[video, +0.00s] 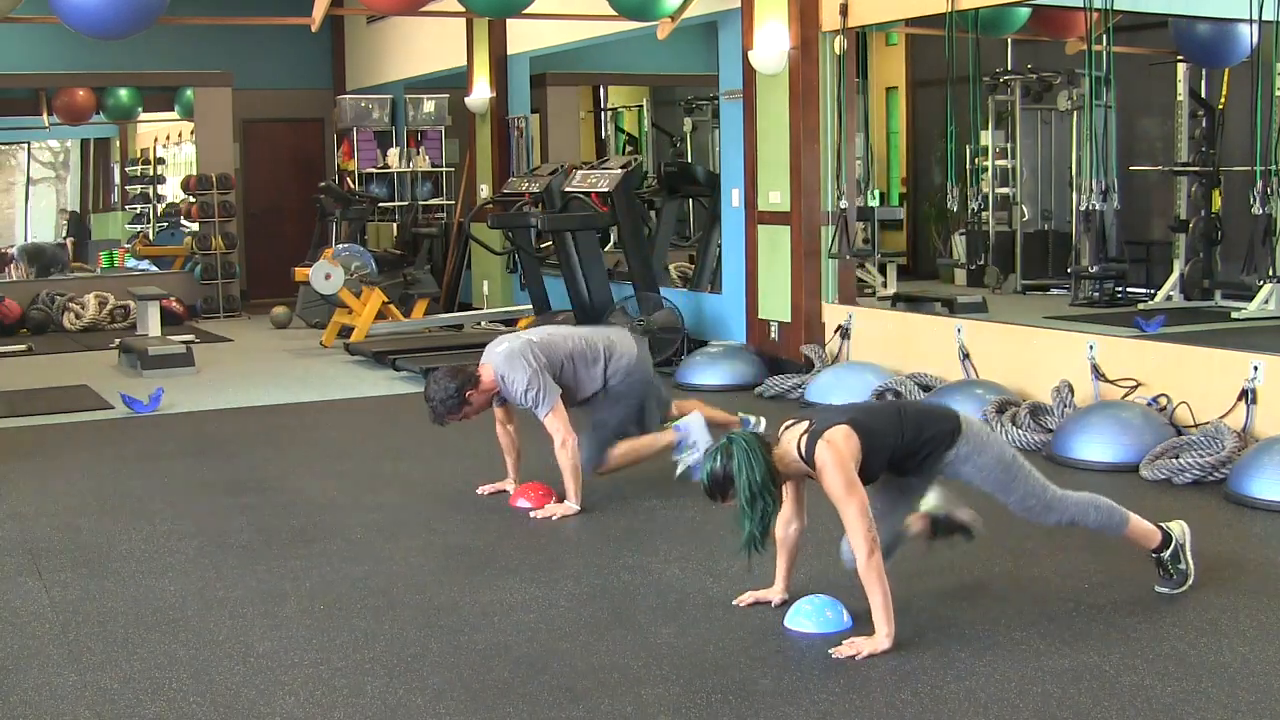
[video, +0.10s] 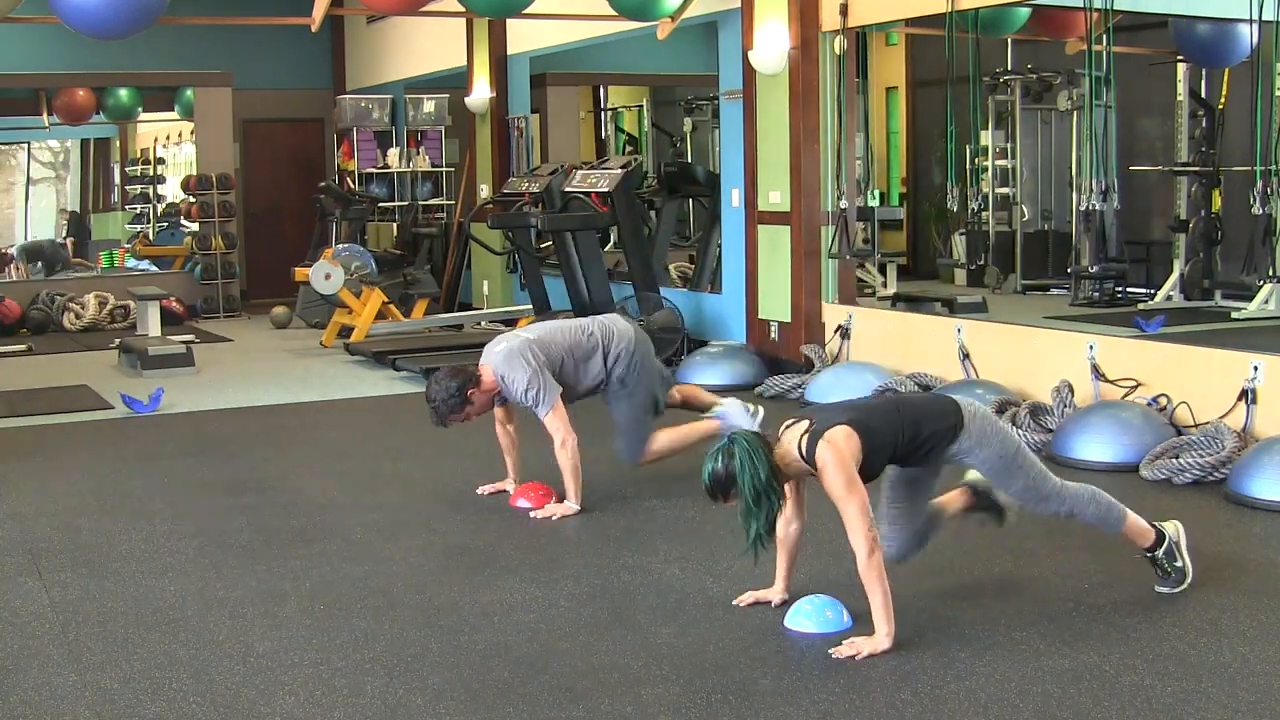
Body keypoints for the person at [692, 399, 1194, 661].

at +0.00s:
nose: (739, 502)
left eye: (736, 493)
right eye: (730, 495)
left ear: (749, 475)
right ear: (744, 456)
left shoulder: (828, 454)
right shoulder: (778, 447)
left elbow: (865, 550)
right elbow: (788, 521)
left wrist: (883, 634)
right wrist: (779, 588)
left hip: (953, 439)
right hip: (899, 461)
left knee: (1047, 505)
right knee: (864, 541)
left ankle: (1164, 539)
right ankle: (929, 521)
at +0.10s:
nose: (745, 503)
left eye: (742, 494)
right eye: (737, 497)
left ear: (755, 475)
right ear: (749, 461)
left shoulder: (830, 452)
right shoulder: (781, 448)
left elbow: (867, 548)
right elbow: (789, 521)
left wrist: (883, 632)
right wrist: (779, 587)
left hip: (957, 428)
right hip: (906, 454)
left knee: (1047, 495)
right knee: (897, 544)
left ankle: (1156, 538)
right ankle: (975, 493)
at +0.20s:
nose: (754, 504)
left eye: (750, 493)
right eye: (745, 498)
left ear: (761, 473)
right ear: (752, 457)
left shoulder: (829, 451)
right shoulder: (779, 444)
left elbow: (867, 547)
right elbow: (787, 518)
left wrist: (883, 633)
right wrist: (780, 587)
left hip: (961, 427)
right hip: (922, 444)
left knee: (1049, 495)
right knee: (937, 530)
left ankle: (1156, 537)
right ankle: (1007, 487)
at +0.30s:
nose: (741, 501)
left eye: (739, 494)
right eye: (733, 497)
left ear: (750, 474)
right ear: (748, 450)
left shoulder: (828, 454)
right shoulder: (776, 446)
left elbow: (869, 549)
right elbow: (788, 520)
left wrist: (883, 635)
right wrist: (779, 588)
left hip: (959, 444)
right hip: (925, 453)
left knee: (1049, 506)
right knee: (969, 511)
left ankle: (1156, 536)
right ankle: (1055, 509)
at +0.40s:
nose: (744, 503)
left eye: (741, 496)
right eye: (736, 499)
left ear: (751, 473)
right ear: (750, 453)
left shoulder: (830, 455)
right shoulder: (775, 447)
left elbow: (871, 549)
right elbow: (785, 520)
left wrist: (883, 634)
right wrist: (780, 587)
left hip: (951, 463)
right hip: (919, 474)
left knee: (1050, 511)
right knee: (999, 512)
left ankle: (1161, 536)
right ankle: (1066, 525)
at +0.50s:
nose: (740, 504)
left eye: (739, 497)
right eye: (732, 500)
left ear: (752, 474)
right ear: (747, 449)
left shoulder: (828, 454)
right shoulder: (766, 441)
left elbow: (869, 547)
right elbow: (780, 514)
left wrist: (882, 634)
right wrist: (780, 586)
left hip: (937, 458)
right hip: (909, 459)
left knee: (1024, 539)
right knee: (997, 505)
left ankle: (1151, 535)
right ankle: (1070, 509)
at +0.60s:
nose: (744, 508)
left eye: (742, 498)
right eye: (735, 503)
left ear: (756, 476)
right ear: (741, 459)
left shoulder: (828, 451)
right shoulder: (766, 440)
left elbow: (867, 545)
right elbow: (776, 514)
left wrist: (883, 633)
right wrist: (779, 585)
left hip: (933, 436)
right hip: (905, 425)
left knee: (969, 561)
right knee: (978, 488)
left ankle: (1093, 535)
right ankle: (1069, 511)